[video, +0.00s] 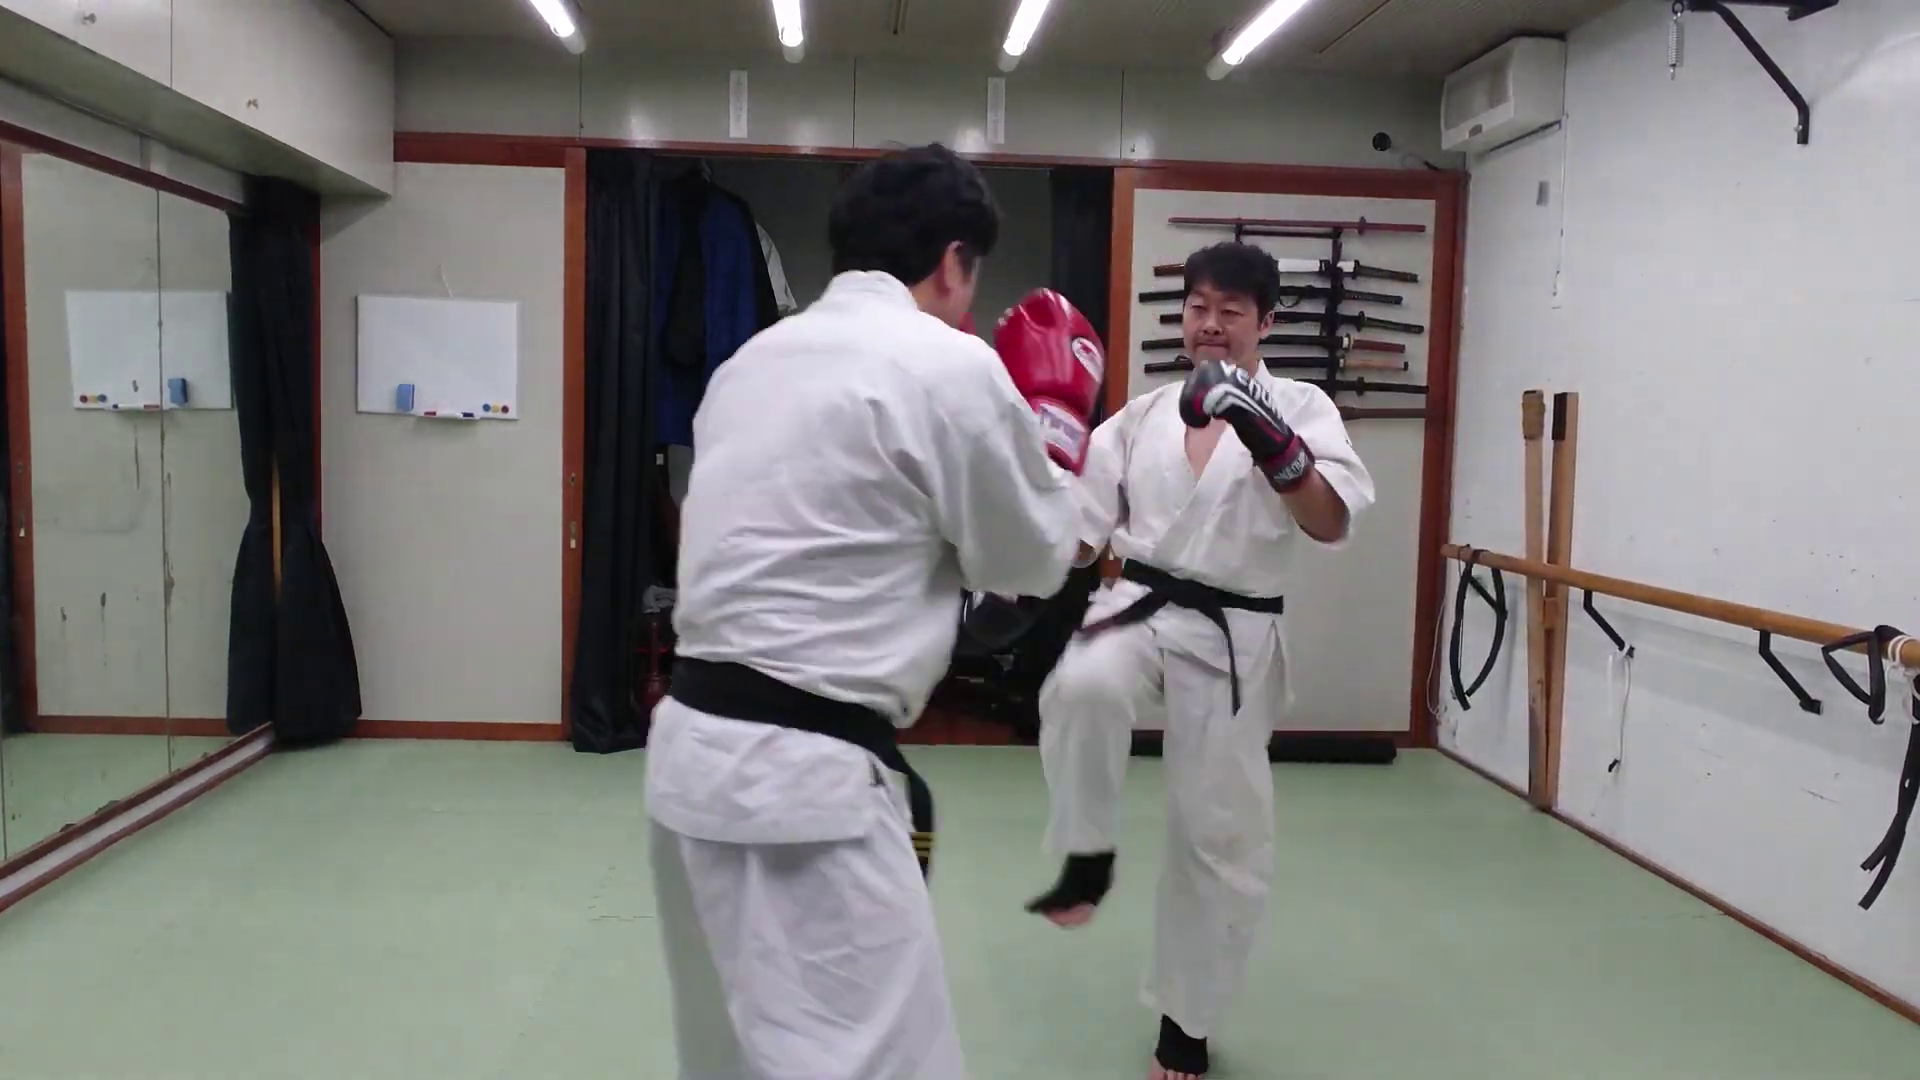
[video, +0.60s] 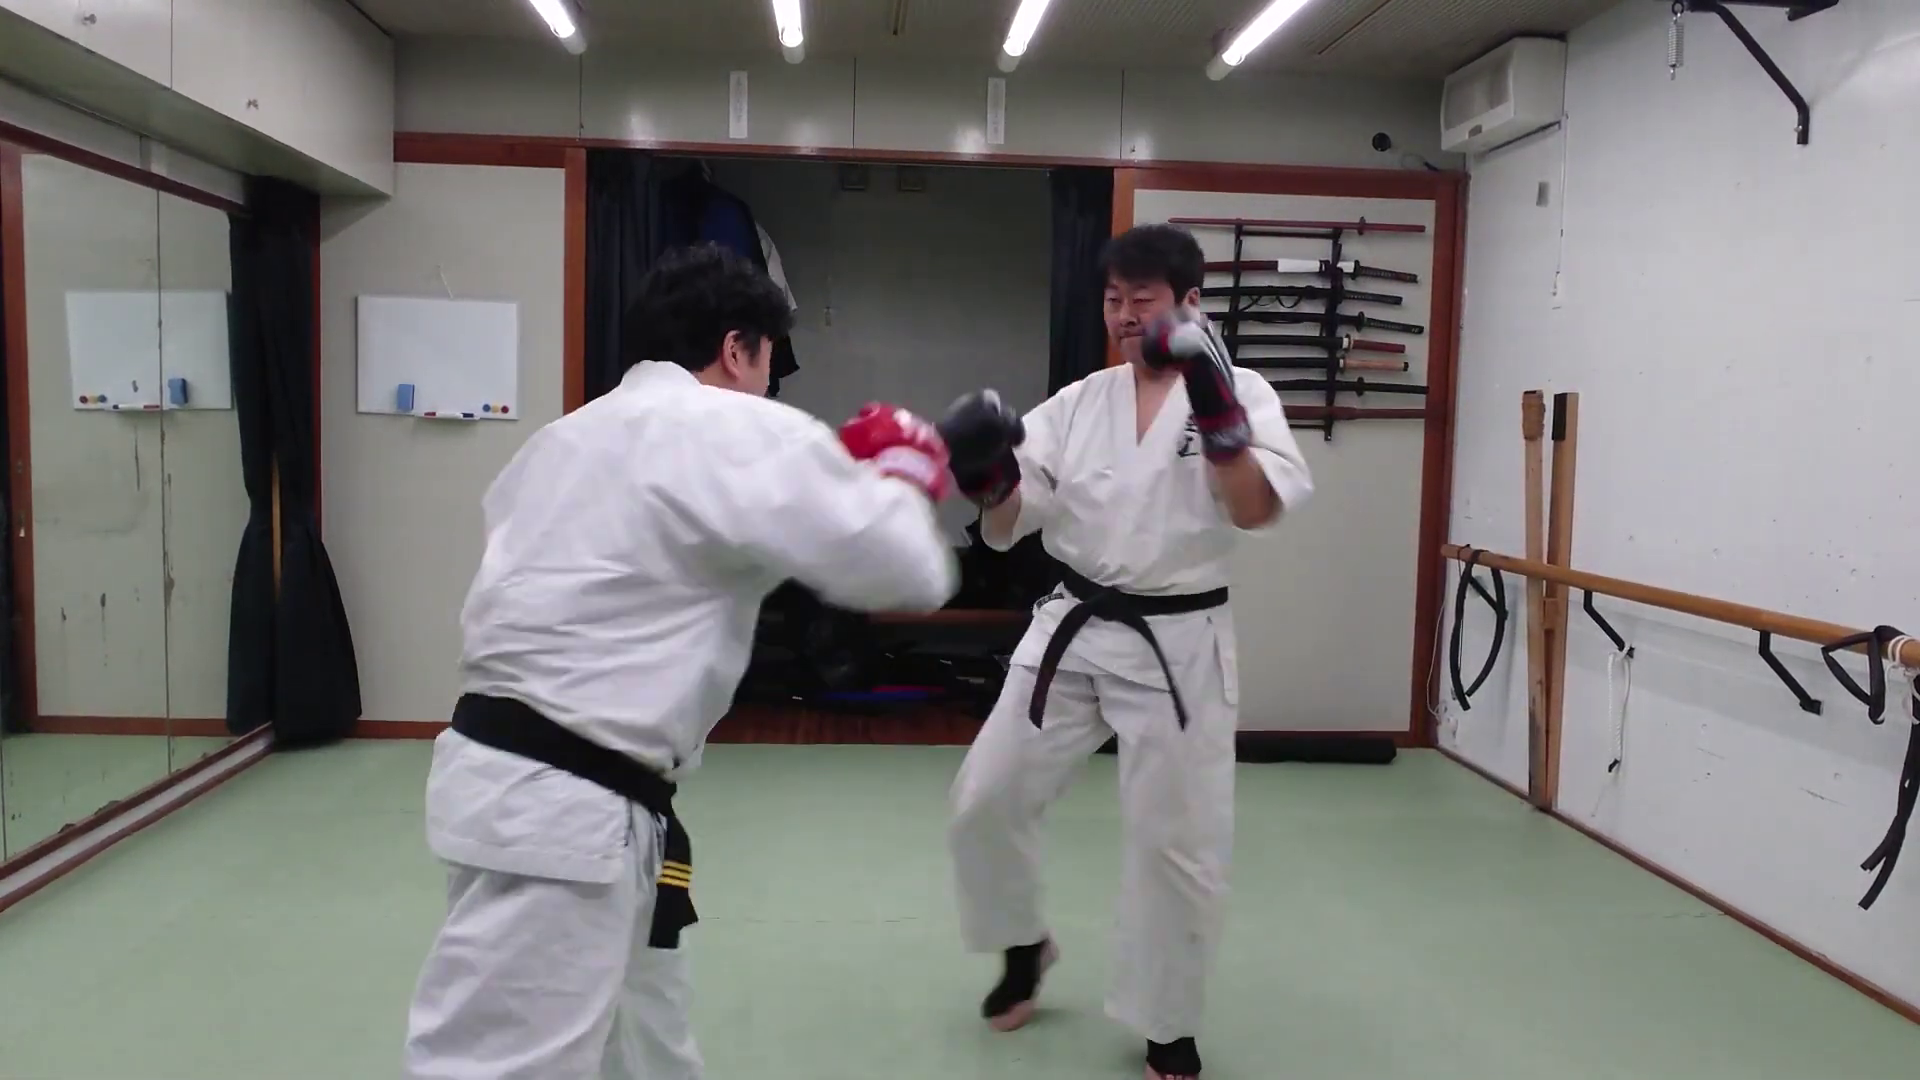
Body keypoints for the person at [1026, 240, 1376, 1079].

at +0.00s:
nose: (1209, 325)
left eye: (1230, 312)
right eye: (1198, 310)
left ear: (1266, 321)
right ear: (1181, 317)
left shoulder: (1301, 409)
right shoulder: (1145, 413)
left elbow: (1331, 524)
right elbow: (1079, 510)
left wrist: (1272, 442)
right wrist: (1040, 440)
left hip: (1231, 627)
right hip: (1137, 604)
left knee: (1215, 833)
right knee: (1082, 684)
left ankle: (1187, 1026)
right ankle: (1085, 857)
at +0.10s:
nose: (1201, 346)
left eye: (1221, 334)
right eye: (1192, 332)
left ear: (1263, 345)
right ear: (1181, 340)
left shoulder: (1303, 436)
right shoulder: (1148, 431)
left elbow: (1320, 522)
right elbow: (1063, 501)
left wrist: (1268, 422)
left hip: (1219, 645)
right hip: (1129, 602)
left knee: (1211, 829)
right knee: (1084, 554)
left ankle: (1173, 1020)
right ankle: (988, 732)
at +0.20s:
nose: (1197, 370)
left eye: (1217, 357)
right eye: (1189, 354)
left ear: (1259, 365)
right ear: (1177, 360)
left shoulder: (1289, 458)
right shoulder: (1130, 446)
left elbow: (1331, 555)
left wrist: (1291, 455)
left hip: (1223, 656)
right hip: (1128, 604)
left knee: (1214, 844)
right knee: (1032, 590)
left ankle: (1162, 1019)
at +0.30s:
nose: (1196, 361)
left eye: (1215, 347)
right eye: (1186, 345)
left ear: (1250, 360)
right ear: (1171, 353)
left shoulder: (1284, 455)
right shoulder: (1125, 444)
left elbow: (1343, 575)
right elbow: (1038, 548)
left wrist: (1308, 488)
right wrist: (1007, 636)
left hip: (1218, 652)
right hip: (1119, 605)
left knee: (1211, 853)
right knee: (1010, 623)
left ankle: (1161, 1025)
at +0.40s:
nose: (1180, 342)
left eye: (1199, 327)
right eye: (1168, 326)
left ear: (1235, 335)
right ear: (1156, 335)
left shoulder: (1282, 437)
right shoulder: (1116, 428)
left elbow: (1331, 564)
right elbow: (1039, 527)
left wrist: (1297, 486)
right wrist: (992, 571)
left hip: (1205, 642)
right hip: (1093, 612)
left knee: (1206, 845)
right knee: (965, 688)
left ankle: (1161, 1028)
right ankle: (845, 876)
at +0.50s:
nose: (1153, 319)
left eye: (1173, 304)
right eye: (1143, 303)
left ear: (1216, 312)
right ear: (1131, 311)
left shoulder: (1267, 415)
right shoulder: (1099, 415)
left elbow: (1322, 548)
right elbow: (1029, 521)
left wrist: (1279, 477)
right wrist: (984, 535)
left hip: (1197, 641)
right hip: (1080, 618)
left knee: (1197, 848)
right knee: (965, 762)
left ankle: (1164, 1029)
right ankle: (904, 937)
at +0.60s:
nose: (1122, 317)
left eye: (1142, 302)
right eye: (1113, 301)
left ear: (1189, 304)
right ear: (1103, 305)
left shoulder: (1238, 395)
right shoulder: (1074, 404)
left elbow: (1255, 510)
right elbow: (1007, 529)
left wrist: (1214, 405)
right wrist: (988, 477)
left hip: (1180, 638)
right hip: (1069, 624)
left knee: (1178, 846)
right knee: (982, 802)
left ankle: (1171, 1036)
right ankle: (1023, 943)